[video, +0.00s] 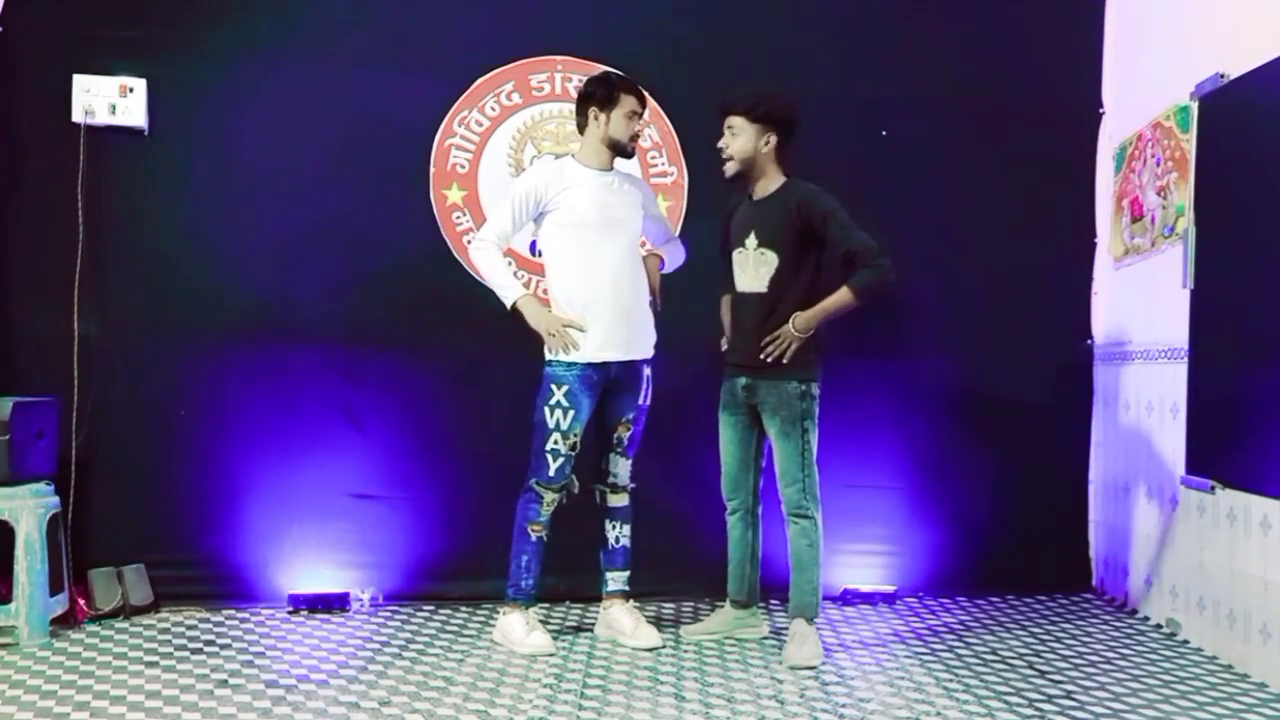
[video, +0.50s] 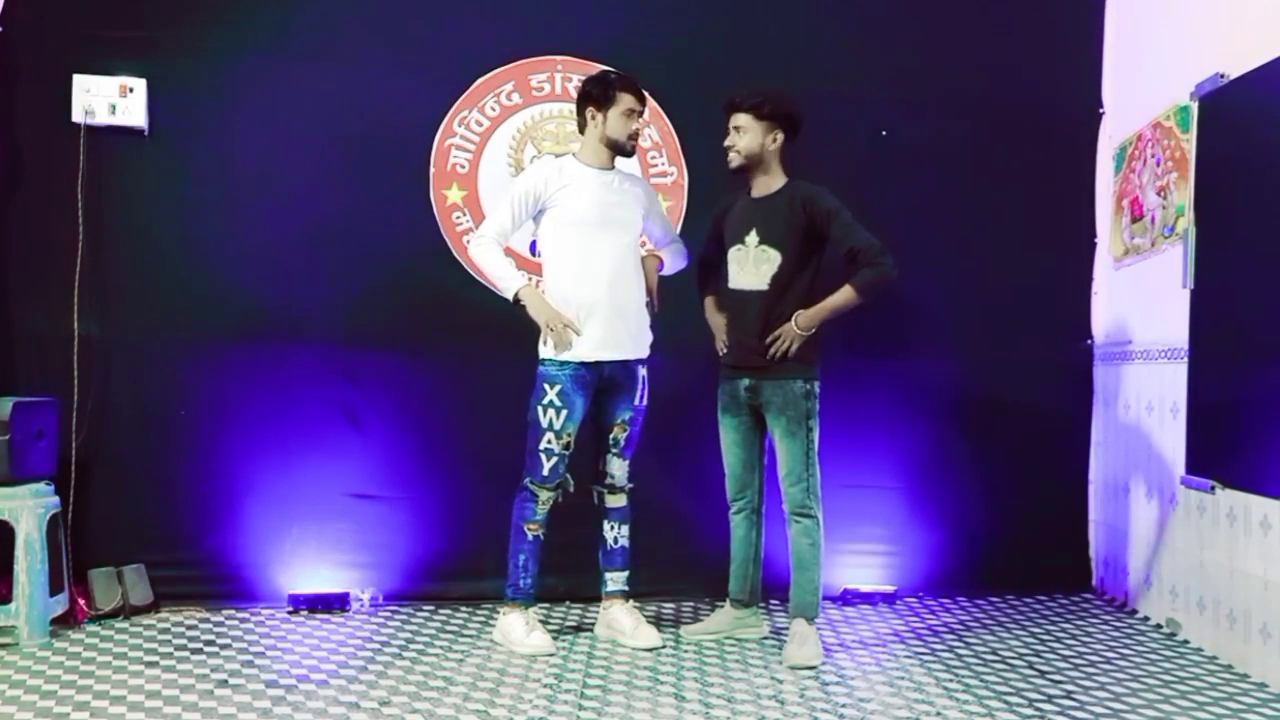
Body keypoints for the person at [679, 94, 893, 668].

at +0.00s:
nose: (721, 143)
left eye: (732, 133)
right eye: (723, 134)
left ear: (768, 141)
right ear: (746, 145)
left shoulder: (808, 202)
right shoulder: (736, 213)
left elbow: (874, 269)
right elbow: (731, 282)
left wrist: (809, 318)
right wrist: (729, 319)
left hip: (788, 379)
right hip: (737, 378)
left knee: (798, 503)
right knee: (737, 499)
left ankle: (802, 623)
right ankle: (742, 610)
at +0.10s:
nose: (741, 137)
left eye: (755, 128)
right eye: (736, 129)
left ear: (782, 143)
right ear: (730, 143)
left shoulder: (808, 203)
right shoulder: (734, 215)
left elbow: (875, 267)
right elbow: (725, 279)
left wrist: (813, 317)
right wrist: (729, 322)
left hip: (790, 379)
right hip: (738, 378)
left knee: (800, 502)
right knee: (738, 499)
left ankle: (803, 622)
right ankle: (742, 609)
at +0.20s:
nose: (753, 137)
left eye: (766, 131)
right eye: (745, 129)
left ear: (785, 147)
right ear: (732, 143)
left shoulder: (807, 203)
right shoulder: (731, 217)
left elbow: (875, 264)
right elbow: (720, 280)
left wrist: (814, 319)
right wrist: (728, 322)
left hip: (792, 379)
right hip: (739, 378)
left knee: (801, 503)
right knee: (740, 499)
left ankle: (803, 622)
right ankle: (742, 609)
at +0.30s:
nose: (751, 147)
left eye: (764, 138)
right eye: (743, 136)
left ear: (785, 148)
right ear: (732, 143)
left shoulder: (810, 203)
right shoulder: (731, 214)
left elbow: (876, 263)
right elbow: (713, 273)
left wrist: (815, 319)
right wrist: (724, 319)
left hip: (792, 378)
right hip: (739, 377)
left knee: (801, 503)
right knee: (741, 499)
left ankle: (803, 622)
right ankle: (742, 609)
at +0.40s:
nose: (738, 145)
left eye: (752, 136)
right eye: (734, 135)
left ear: (781, 145)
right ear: (731, 143)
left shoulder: (810, 203)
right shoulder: (731, 213)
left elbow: (877, 264)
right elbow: (710, 275)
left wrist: (814, 317)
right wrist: (720, 317)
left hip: (791, 378)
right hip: (737, 377)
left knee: (801, 503)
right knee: (741, 499)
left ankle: (803, 622)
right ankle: (742, 609)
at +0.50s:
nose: (729, 140)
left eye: (739, 131)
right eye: (728, 132)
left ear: (774, 138)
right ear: (740, 143)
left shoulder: (811, 202)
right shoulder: (730, 210)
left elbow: (876, 267)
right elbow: (706, 271)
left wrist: (812, 316)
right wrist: (716, 316)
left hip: (789, 375)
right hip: (735, 375)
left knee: (800, 503)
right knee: (740, 498)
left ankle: (803, 622)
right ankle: (742, 609)